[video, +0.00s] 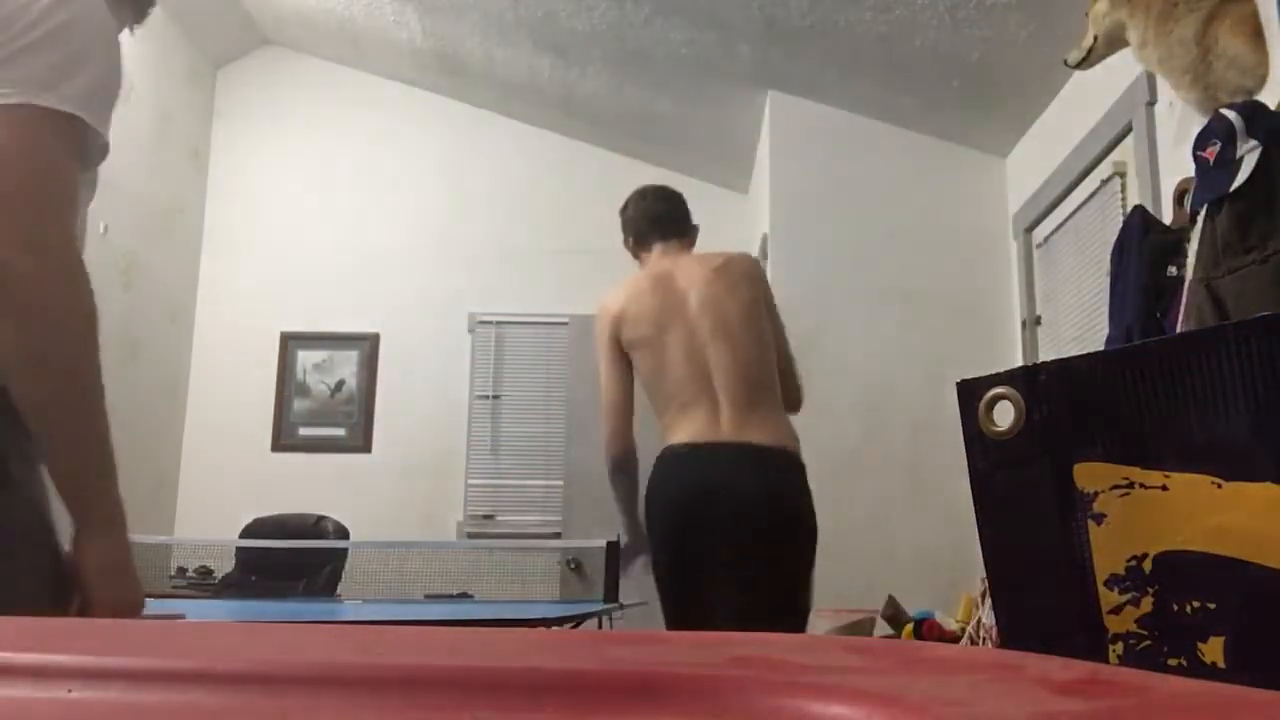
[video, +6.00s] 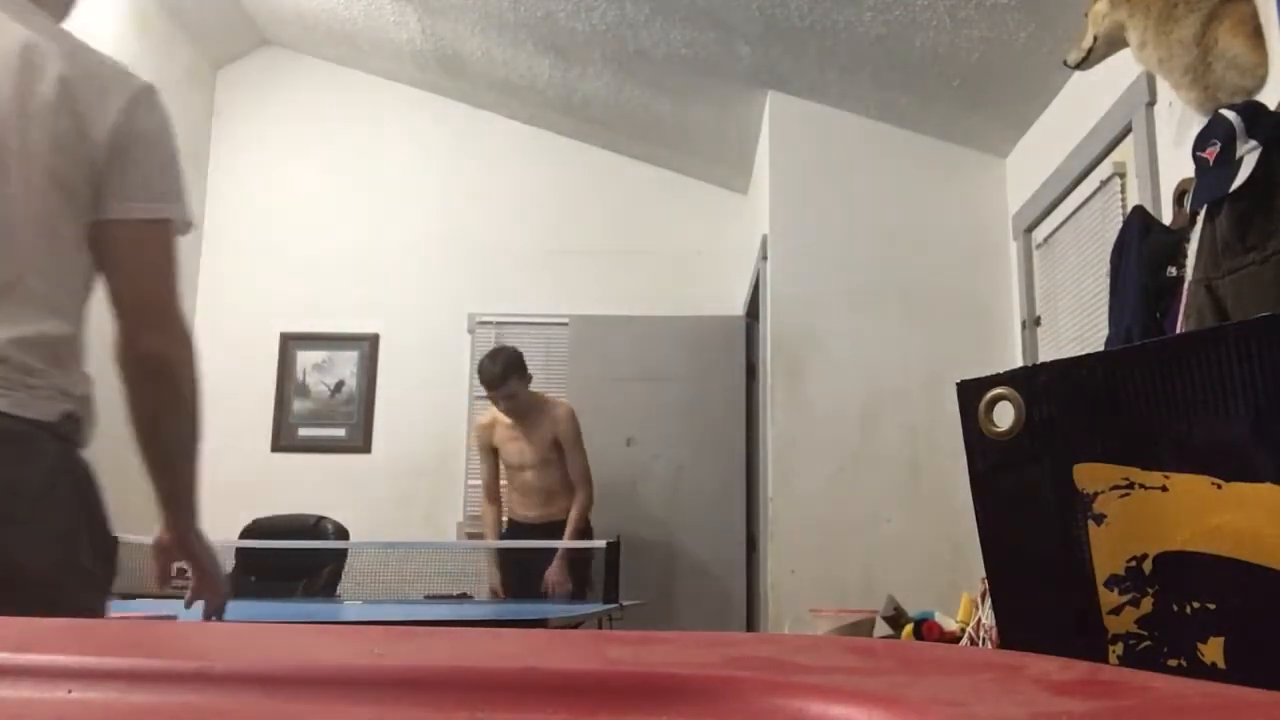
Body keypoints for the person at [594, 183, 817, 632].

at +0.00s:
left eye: (628, 246)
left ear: (632, 247)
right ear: (693, 233)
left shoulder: (619, 304)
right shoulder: (744, 270)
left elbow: (619, 451)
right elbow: (791, 395)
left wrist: (634, 532)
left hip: (684, 489)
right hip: (775, 483)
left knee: (698, 659)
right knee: (776, 658)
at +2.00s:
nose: (544, 315)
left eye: (556, 307)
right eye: (540, 308)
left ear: (580, 318)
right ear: (535, 316)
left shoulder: (601, 371)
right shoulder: (527, 378)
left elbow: (628, 457)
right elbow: (497, 444)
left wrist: (597, 519)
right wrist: (485, 473)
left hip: (579, 519)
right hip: (528, 519)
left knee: (580, 634)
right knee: (507, 625)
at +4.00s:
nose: (538, 347)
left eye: (548, 340)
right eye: (533, 341)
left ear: (568, 349)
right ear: (528, 348)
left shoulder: (587, 400)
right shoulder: (511, 400)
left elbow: (602, 473)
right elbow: (489, 463)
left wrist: (594, 534)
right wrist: (474, 499)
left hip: (562, 527)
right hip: (510, 526)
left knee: (563, 630)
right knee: (500, 626)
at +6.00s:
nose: (504, 406)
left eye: (510, 396)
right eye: (495, 399)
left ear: (527, 379)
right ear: (487, 394)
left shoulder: (560, 417)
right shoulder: (489, 428)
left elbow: (584, 492)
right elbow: (491, 501)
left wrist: (561, 559)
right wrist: (492, 564)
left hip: (564, 533)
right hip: (518, 535)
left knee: (563, 630)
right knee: (516, 631)